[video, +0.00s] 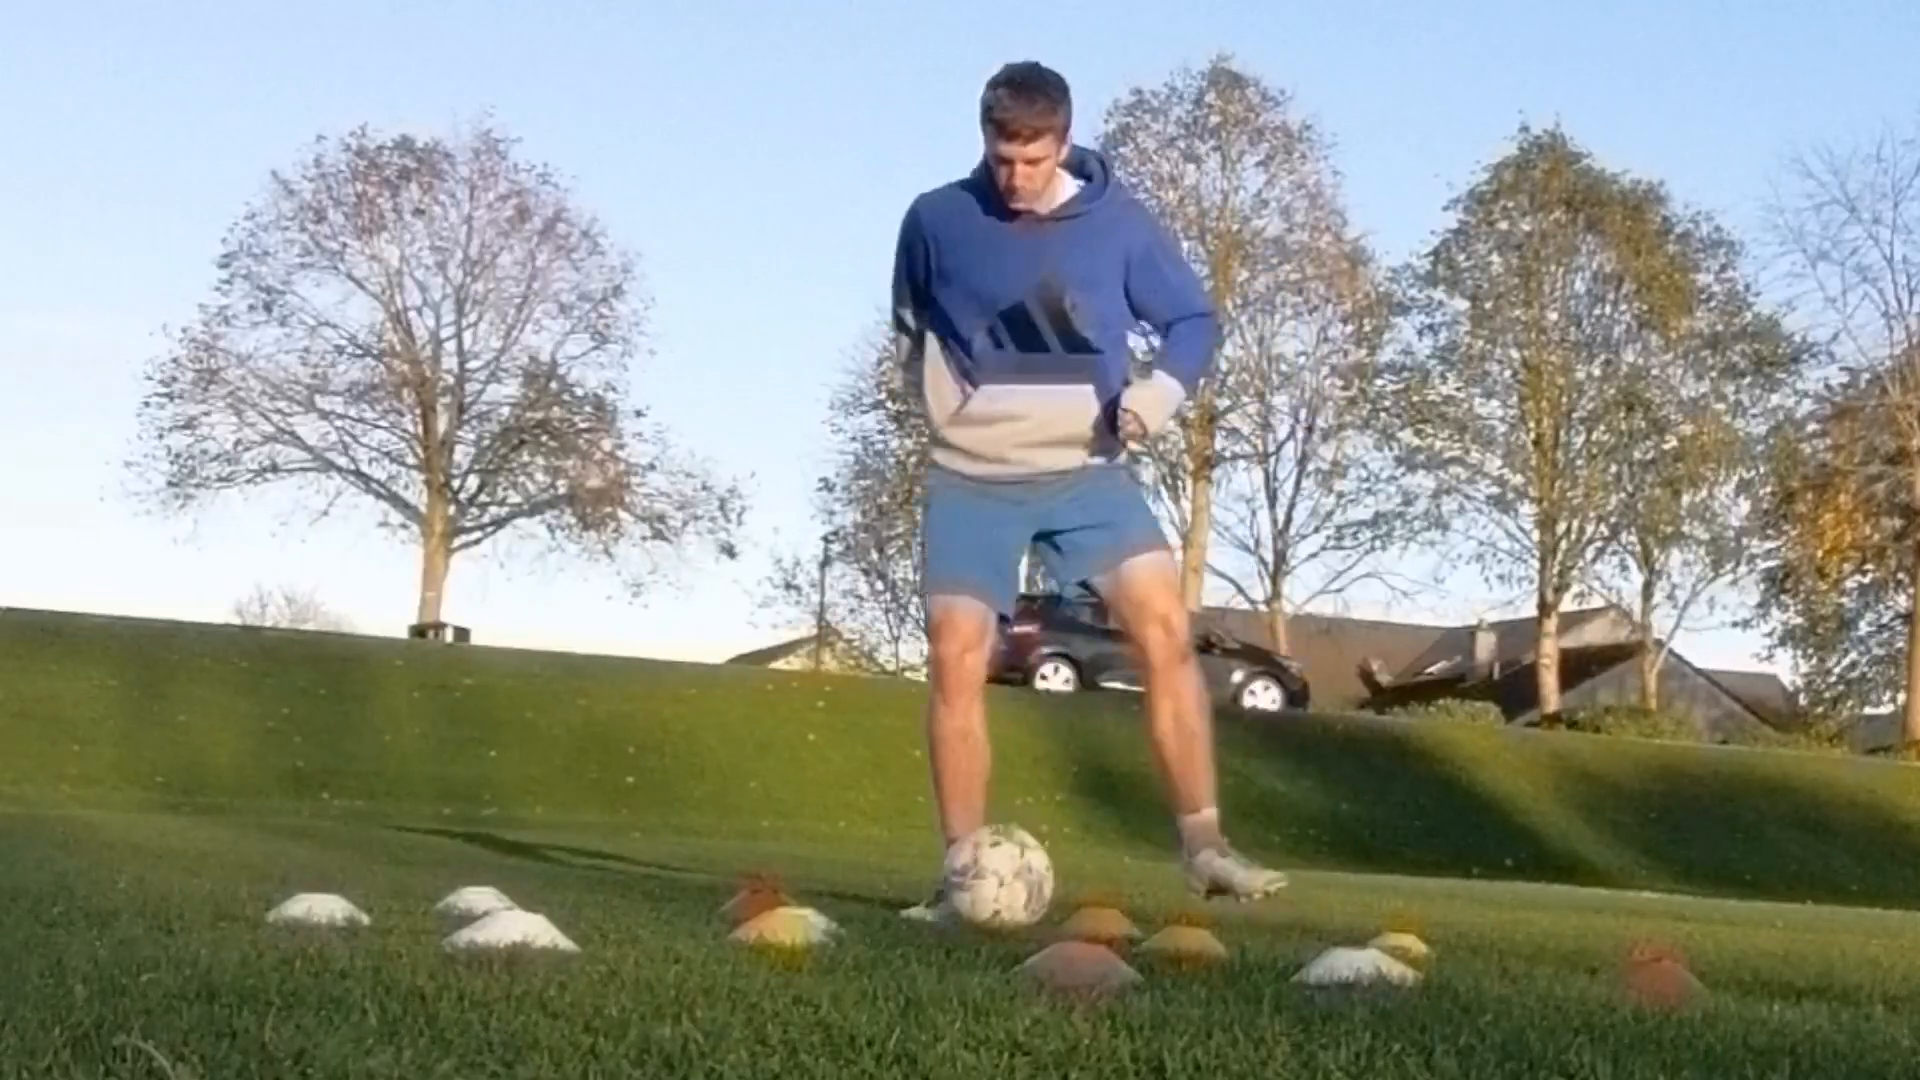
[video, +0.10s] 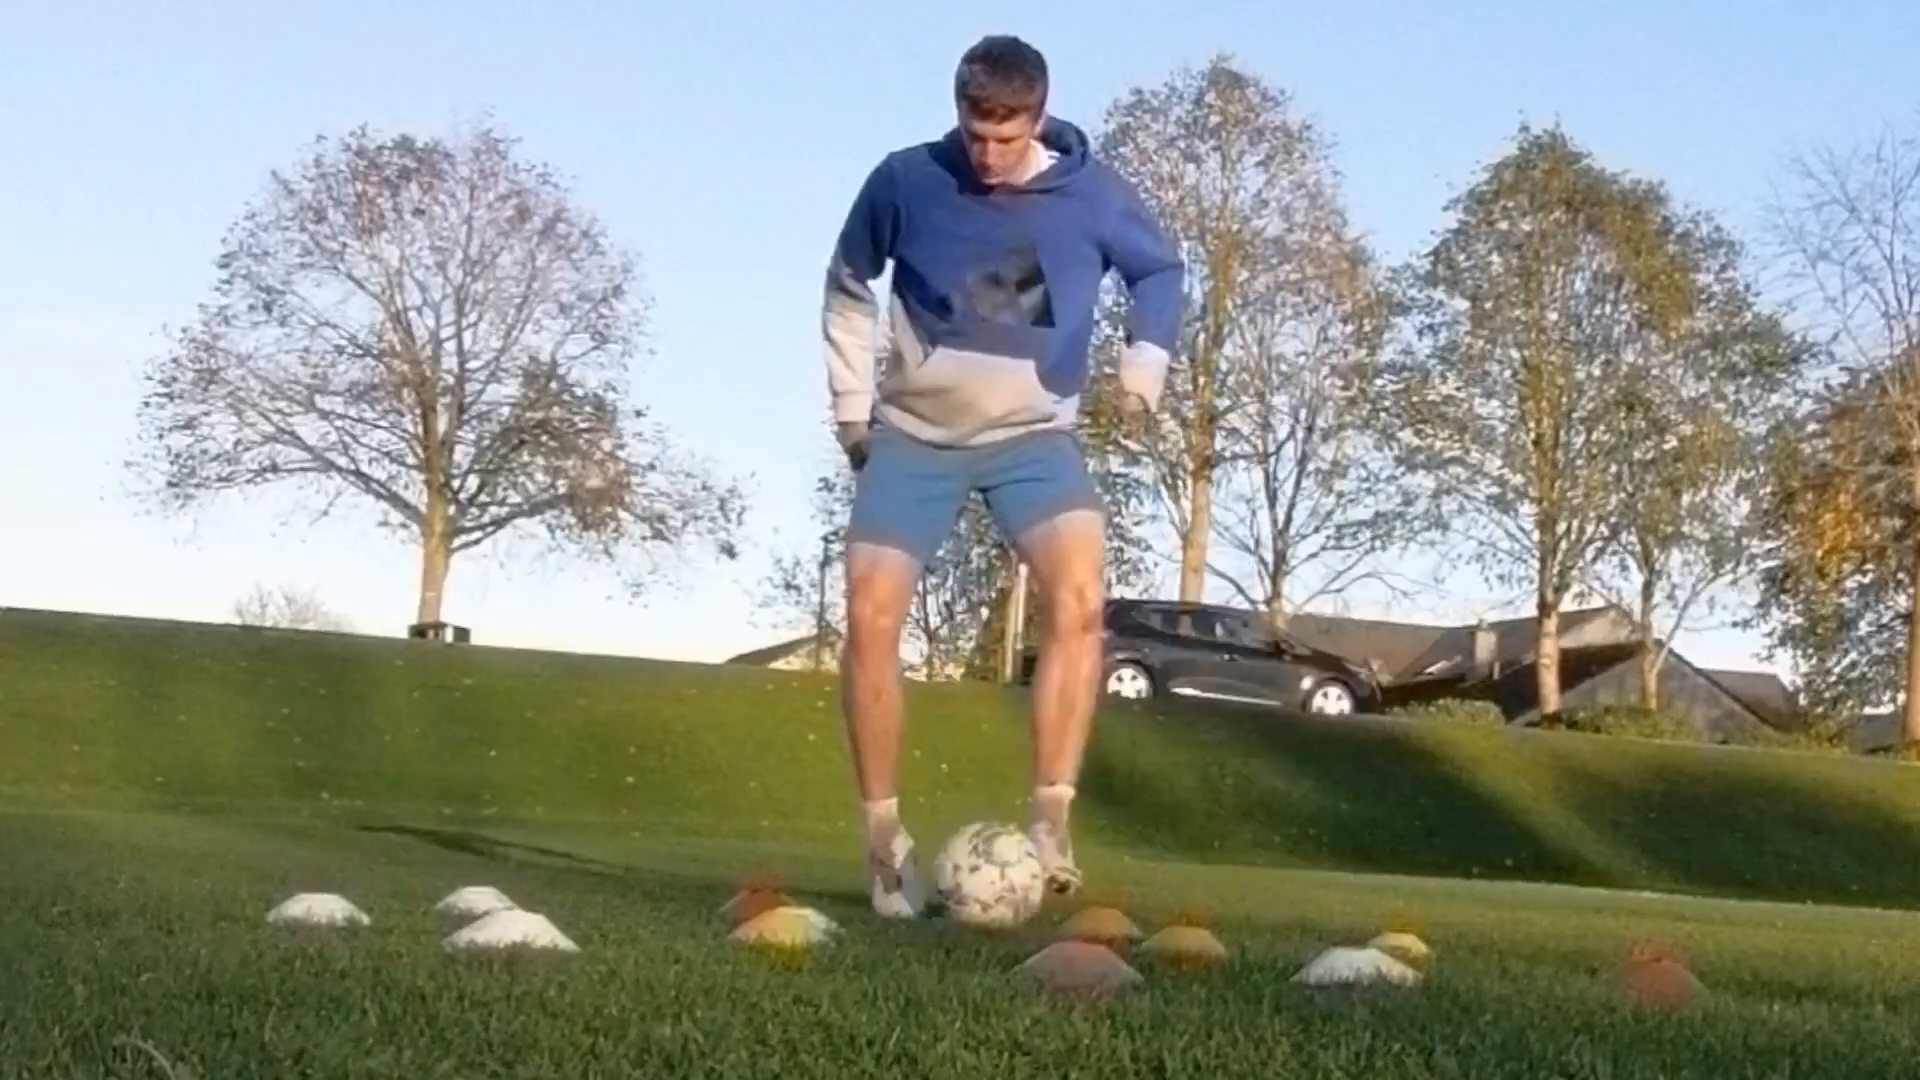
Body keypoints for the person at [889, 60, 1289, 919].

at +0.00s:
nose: (1019, 164)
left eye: (1036, 148)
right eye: (1005, 147)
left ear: (1064, 135)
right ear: (985, 132)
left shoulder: (1121, 220)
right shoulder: (935, 220)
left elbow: (1194, 319)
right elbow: (912, 325)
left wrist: (1163, 390)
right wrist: (944, 405)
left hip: (1094, 481)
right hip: (971, 486)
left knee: (1165, 632)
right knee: (955, 655)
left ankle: (1205, 847)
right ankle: (963, 874)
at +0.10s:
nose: (990, 146)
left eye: (1008, 131)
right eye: (978, 128)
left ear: (1039, 113)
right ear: (958, 107)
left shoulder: (1091, 190)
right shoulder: (904, 180)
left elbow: (1159, 269)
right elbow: (849, 290)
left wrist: (1147, 361)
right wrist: (852, 409)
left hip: (1036, 440)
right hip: (913, 437)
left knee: (1079, 602)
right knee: (870, 616)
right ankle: (882, 837)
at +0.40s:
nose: (809, 138)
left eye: (829, 120)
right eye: (797, 118)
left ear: (863, 110)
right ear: (779, 107)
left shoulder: (912, 205)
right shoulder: (744, 178)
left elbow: (1015, 314)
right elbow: (703, 285)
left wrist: (946, 283)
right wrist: (675, 399)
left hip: (826, 482)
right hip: (707, 442)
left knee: (865, 684)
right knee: (574, 555)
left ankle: (923, 858)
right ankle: (529, 797)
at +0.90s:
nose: (644, 21)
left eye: (666, 6)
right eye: (630, 3)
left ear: (702, 2)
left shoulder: (750, 76)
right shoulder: (564, 53)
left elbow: (869, 207)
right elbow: (477, 143)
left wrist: (787, 152)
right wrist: (439, 227)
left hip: (683, 374)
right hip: (551, 367)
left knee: (696, 562)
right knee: (511, 585)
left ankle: (699, 813)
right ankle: (572, 826)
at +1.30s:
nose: (614, 21)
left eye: (638, 4)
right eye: (604, 1)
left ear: (690, 5)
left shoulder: (760, 98)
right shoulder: (555, 59)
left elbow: (850, 246)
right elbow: (511, 172)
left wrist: (776, 285)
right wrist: (475, 245)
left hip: (736, 410)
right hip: (593, 408)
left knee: (776, 629)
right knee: (458, 537)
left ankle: (864, 888)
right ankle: (648, 766)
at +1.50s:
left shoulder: (714, 10)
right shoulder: (484, 0)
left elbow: (798, 85)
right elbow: (413, 27)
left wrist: (841, 123)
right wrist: (376, 33)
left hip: (621, 311)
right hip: (475, 297)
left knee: (609, 554)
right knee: (368, 510)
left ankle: (619, 796)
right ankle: (498, 764)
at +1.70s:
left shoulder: (637, 12)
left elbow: (754, 94)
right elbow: (256, 27)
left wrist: (749, 51)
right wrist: (164, 126)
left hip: (487, 314)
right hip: (333, 255)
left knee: (479, 594)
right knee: (156, 432)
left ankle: (496, 874)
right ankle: (107, 739)